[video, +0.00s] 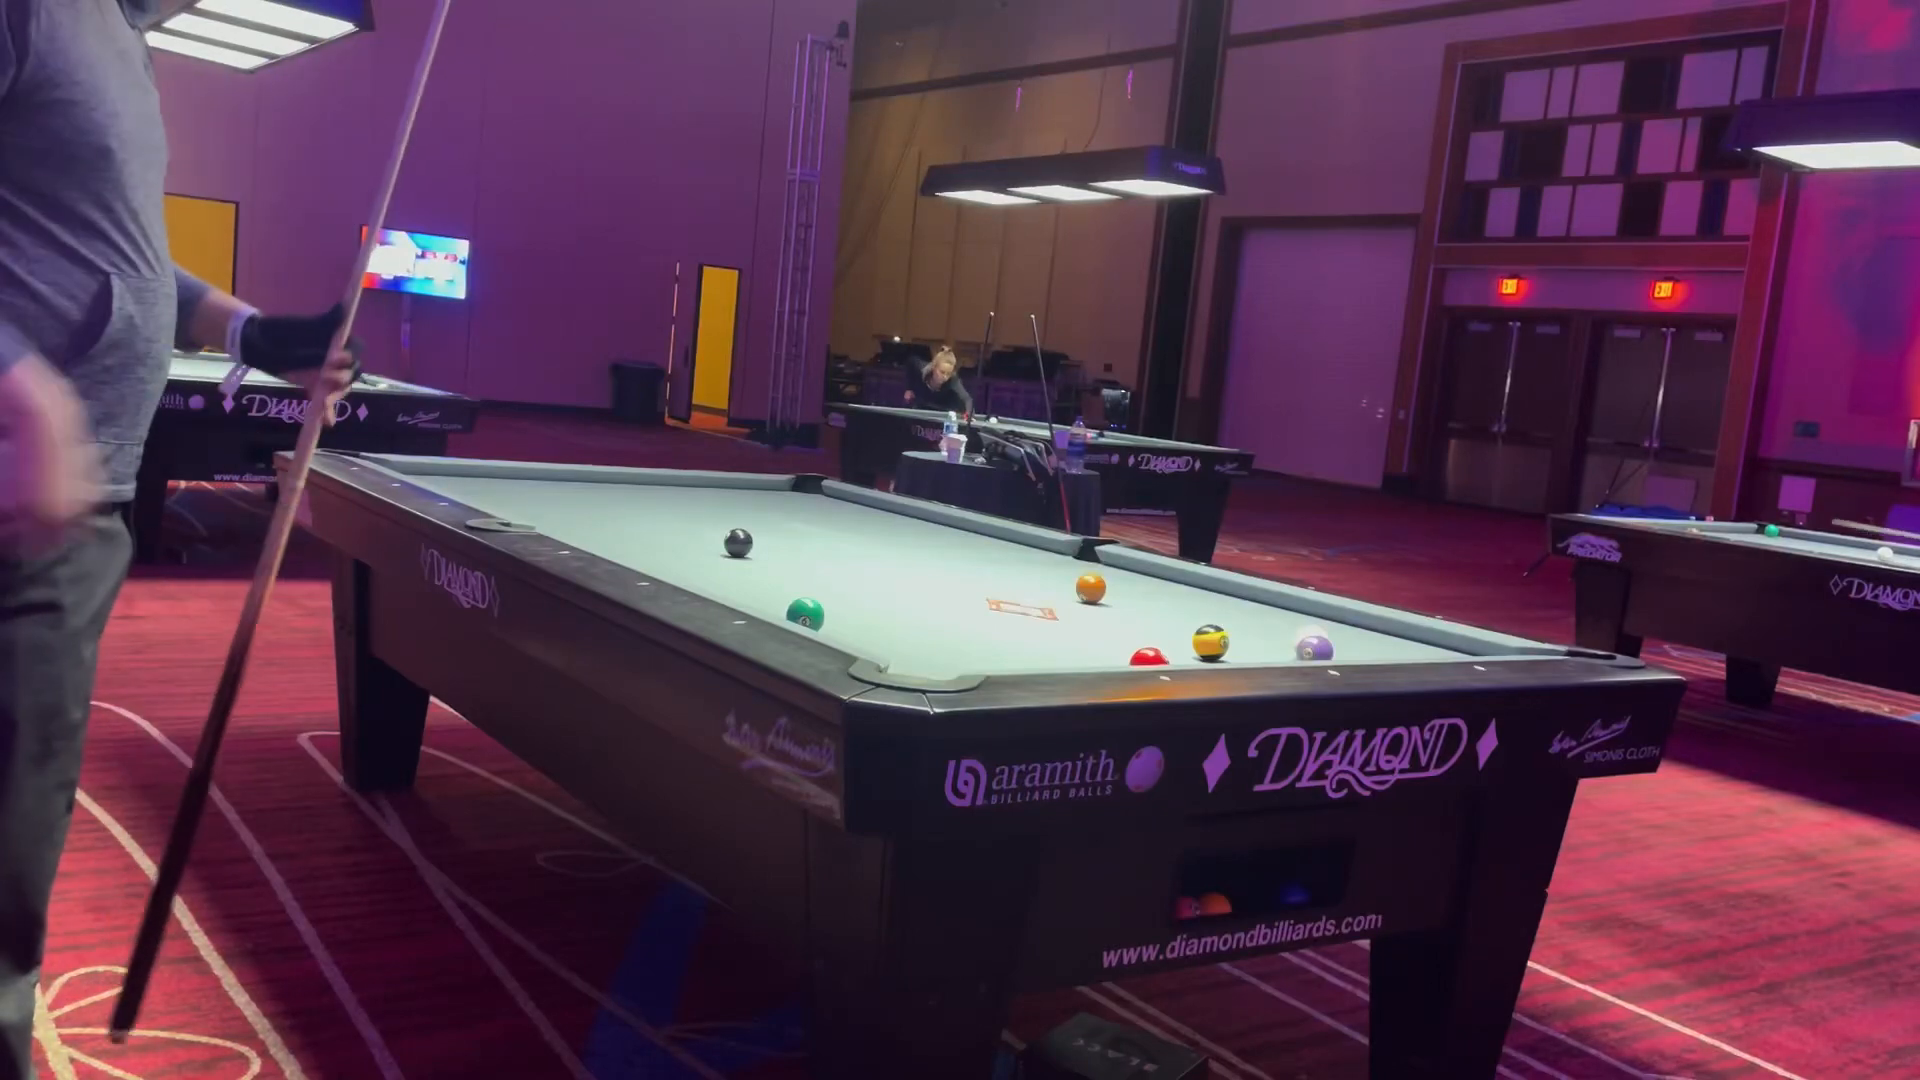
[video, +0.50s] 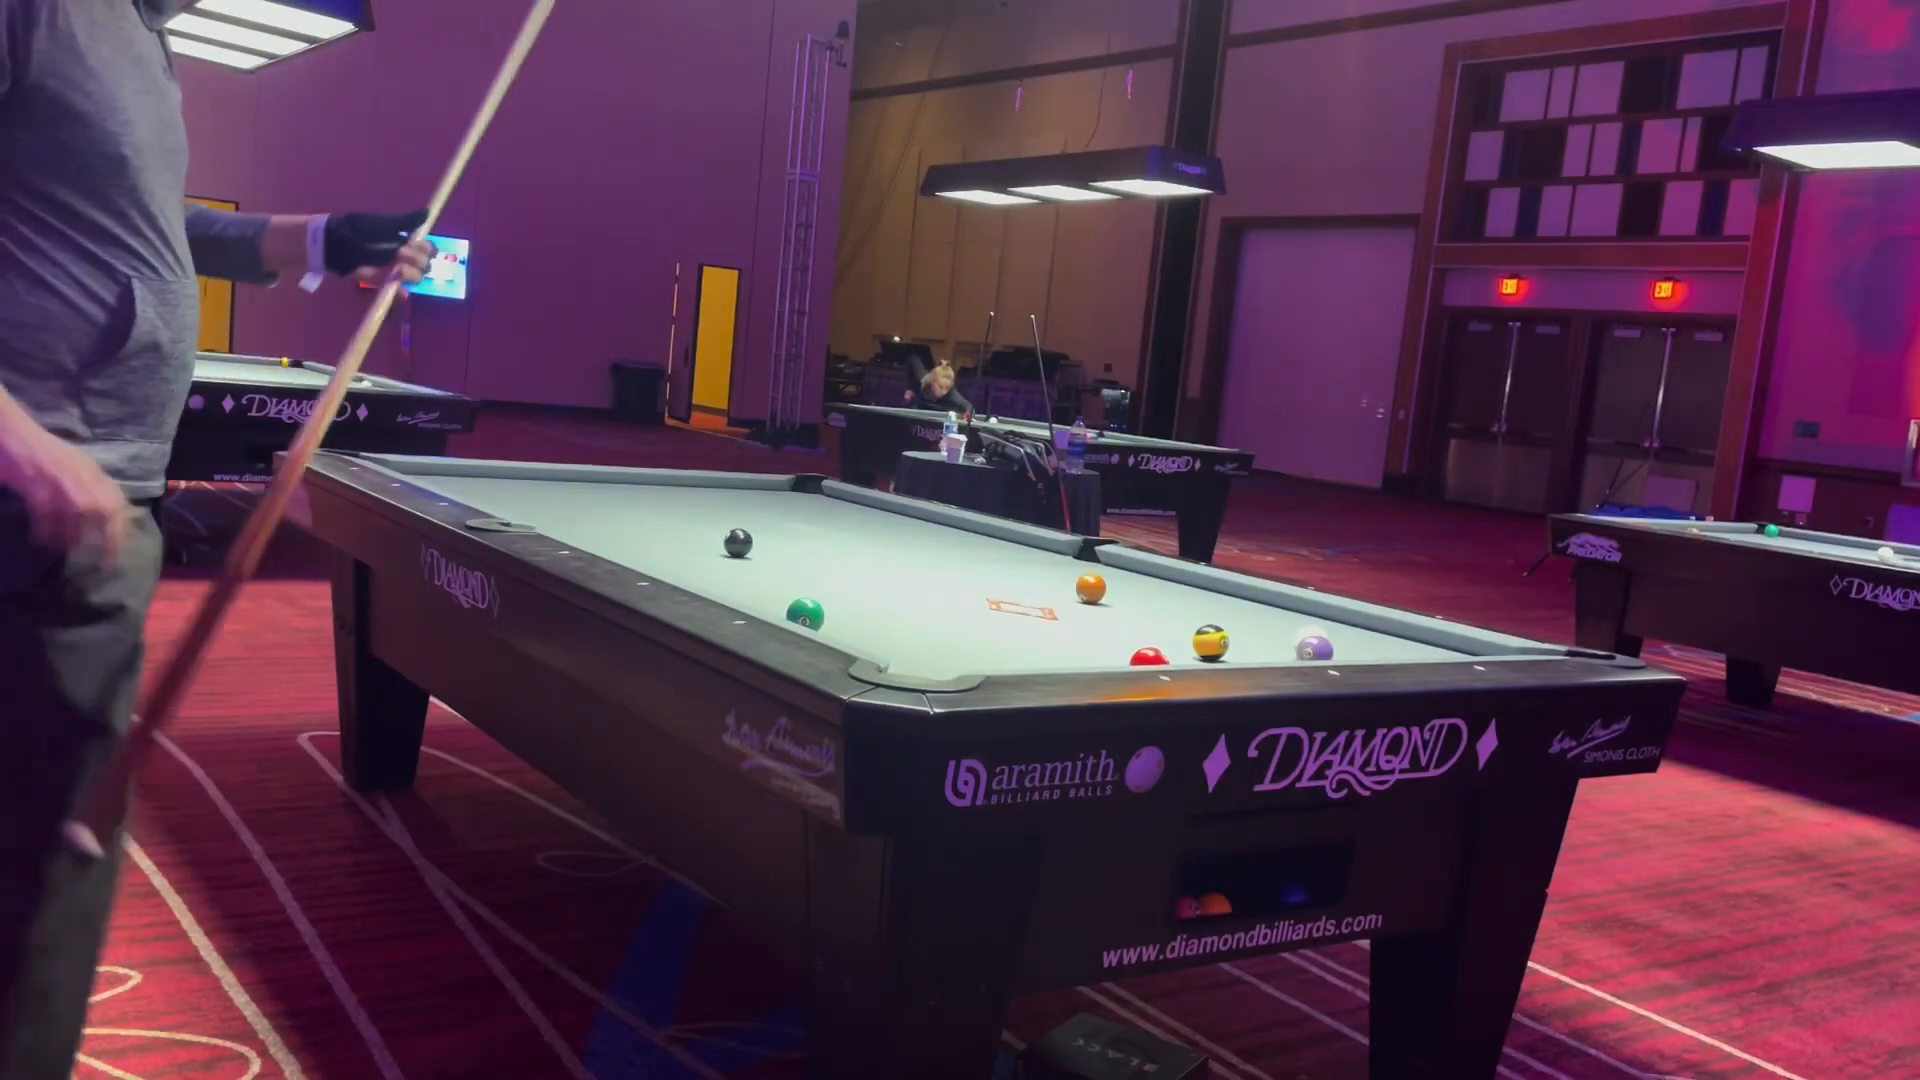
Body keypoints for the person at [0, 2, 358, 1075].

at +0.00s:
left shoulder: (116, 29)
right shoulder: (32, 20)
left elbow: (110, 248)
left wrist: (249, 331)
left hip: (80, 514)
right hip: (25, 524)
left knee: (33, 827)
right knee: (19, 844)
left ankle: (17, 1034)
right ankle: (13, 1040)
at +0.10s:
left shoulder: (120, 26)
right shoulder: (40, 20)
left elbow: (104, 249)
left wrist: (262, 318)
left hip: (79, 505)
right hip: (35, 505)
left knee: (28, 850)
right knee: (19, 858)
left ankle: (18, 1041)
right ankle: (16, 1045)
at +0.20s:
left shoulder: (117, 24)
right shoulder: (31, 21)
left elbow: (105, 246)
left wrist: (278, 303)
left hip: (86, 507)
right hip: (30, 511)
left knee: (37, 818)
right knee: (20, 833)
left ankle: (16, 1037)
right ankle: (12, 1045)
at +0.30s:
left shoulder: (121, 22)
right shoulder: (33, 19)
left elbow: (102, 237)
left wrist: (282, 286)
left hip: (87, 507)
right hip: (31, 514)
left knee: (35, 843)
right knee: (17, 855)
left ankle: (20, 1044)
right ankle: (14, 1048)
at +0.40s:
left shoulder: (126, 22)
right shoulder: (38, 19)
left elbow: (113, 234)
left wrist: (306, 266)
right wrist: (0, 439)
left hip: (93, 510)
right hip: (41, 514)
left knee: (34, 869)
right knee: (22, 885)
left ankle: (29, 1045)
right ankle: (24, 1051)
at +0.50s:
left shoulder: (126, 18)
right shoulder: (35, 18)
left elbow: (118, 225)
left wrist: (311, 245)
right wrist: (18, 438)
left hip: (102, 512)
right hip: (40, 520)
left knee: (68, 848)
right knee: (46, 861)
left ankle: (40, 1053)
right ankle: (31, 1054)